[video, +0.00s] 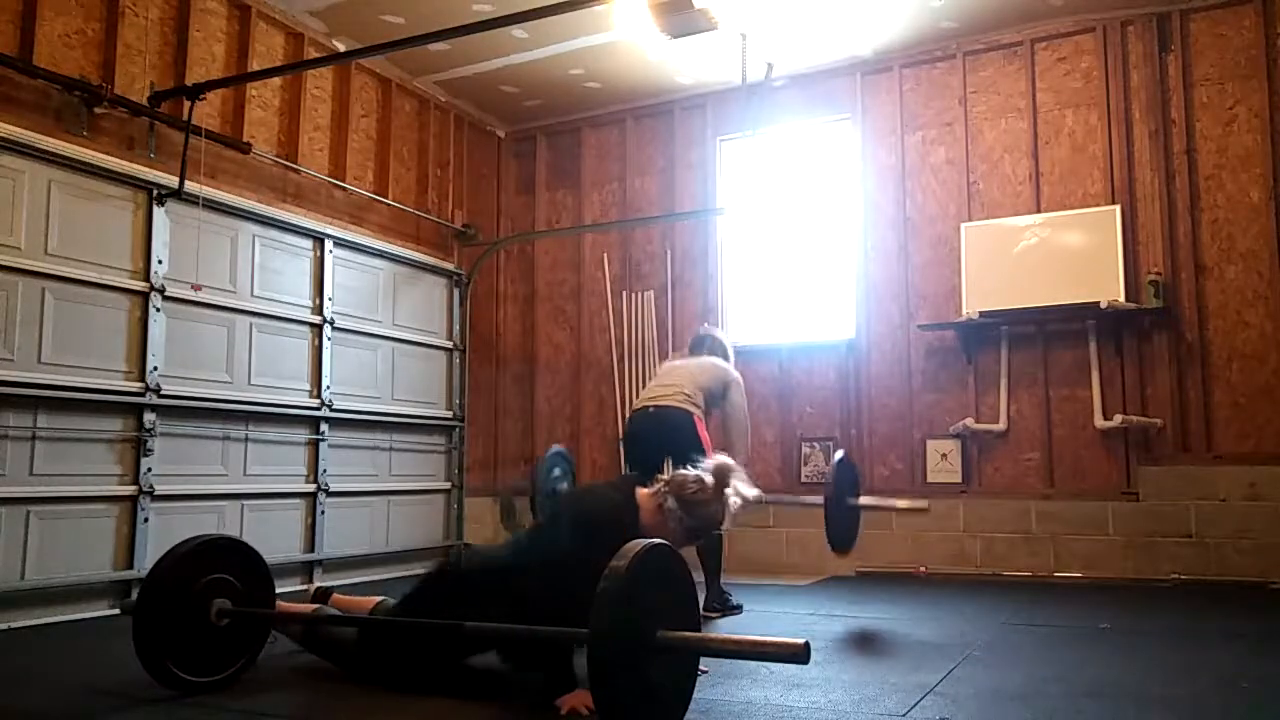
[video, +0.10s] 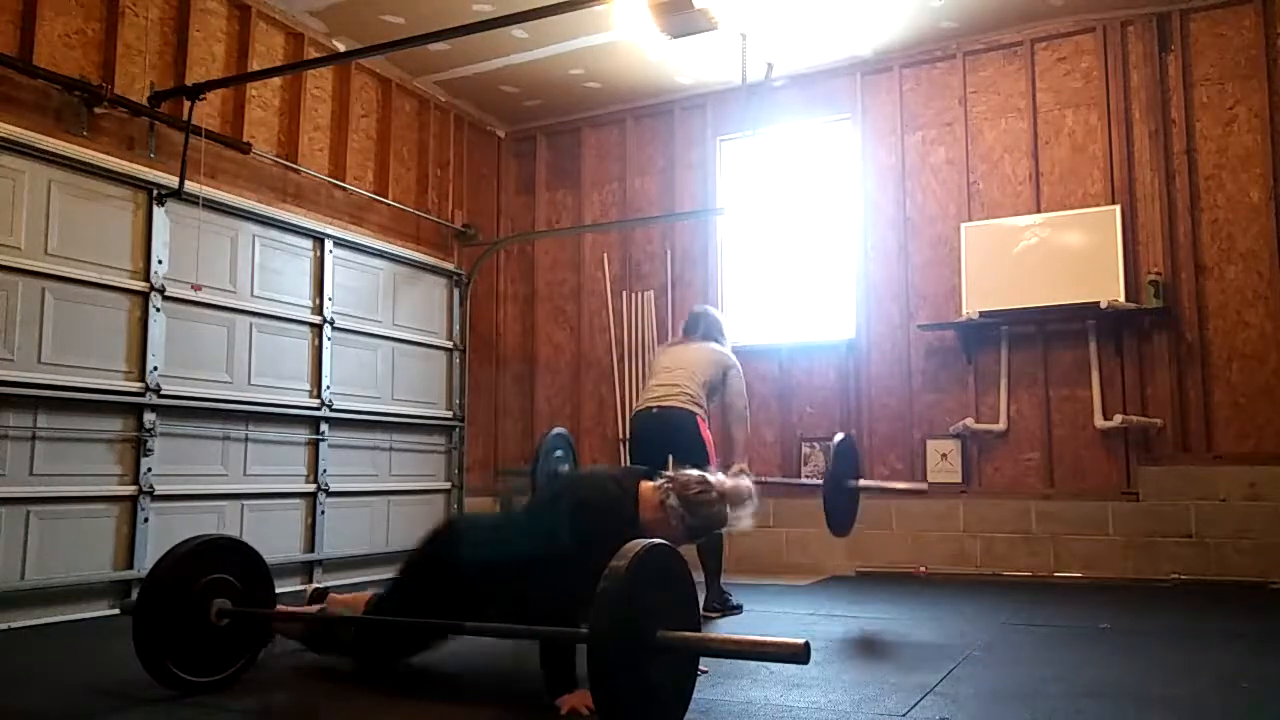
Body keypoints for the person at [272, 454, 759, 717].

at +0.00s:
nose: (679, 546)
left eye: (687, 540)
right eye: (684, 538)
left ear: (665, 487)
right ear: (671, 518)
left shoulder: (620, 502)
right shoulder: (601, 522)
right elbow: (551, 603)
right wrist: (566, 684)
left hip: (495, 582)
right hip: (477, 588)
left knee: (414, 618)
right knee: (386, 642)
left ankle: (342, 602)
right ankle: (298, 619)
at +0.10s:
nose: (673, 542)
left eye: (682, 538)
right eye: (678, 536)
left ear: (665, 483)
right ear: (670, 518)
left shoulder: (624, 490)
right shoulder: (601, 513)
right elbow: (561, 601)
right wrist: (565, 685)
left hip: (481, 551)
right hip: (461, 563)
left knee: (413, 615)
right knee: (383, 638)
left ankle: (353, 605)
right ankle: (307, 623)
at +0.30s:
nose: (680, 534)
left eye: (691, 530)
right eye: (681, 522)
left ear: (699, 512)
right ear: (668, 489)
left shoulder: (655, 485)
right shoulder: (605, 499)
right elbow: (571, 597)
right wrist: (566, 683)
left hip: (490, 490)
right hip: (462, 461)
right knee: (388, 546)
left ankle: (333, 587)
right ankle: (304, 578)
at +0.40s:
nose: (652, 528)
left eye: (665, 528)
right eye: (654, 516)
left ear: (685, 524)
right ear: (650, 479)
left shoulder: (647, 488)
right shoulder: (592, 489)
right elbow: (565, 595)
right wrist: (565, 685)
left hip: (505, 456)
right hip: (463, 423)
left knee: (468, 560)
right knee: (423, 549)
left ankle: (372, 574)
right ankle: (333, 580)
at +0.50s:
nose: (645, 523)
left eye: (656, 517)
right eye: (645, 509)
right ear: (628, 479)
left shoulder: (628, 511)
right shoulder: (568, 482)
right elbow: (553, 590)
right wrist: (562, 686)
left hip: (496, 434)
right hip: (439, 434)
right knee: (443, 546)